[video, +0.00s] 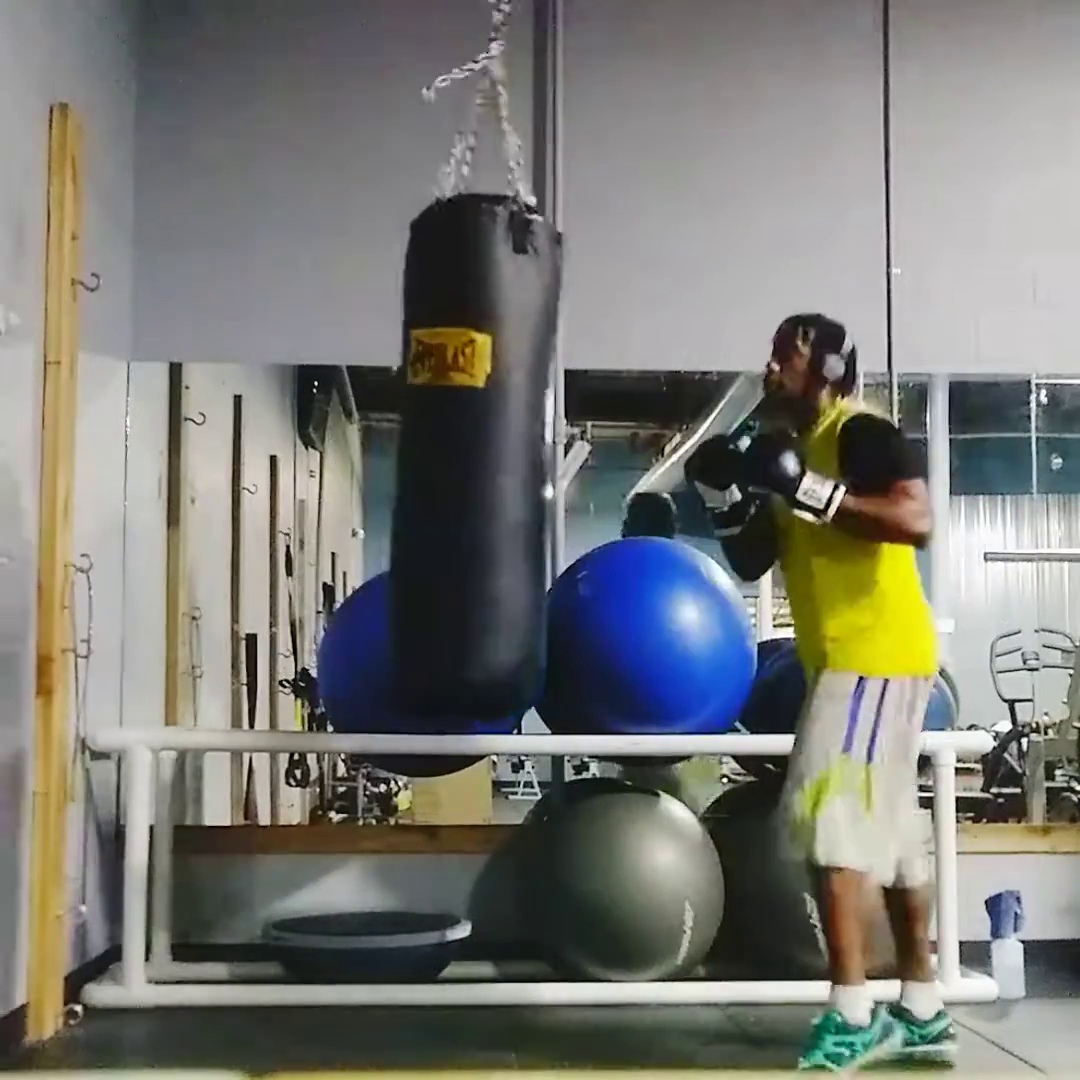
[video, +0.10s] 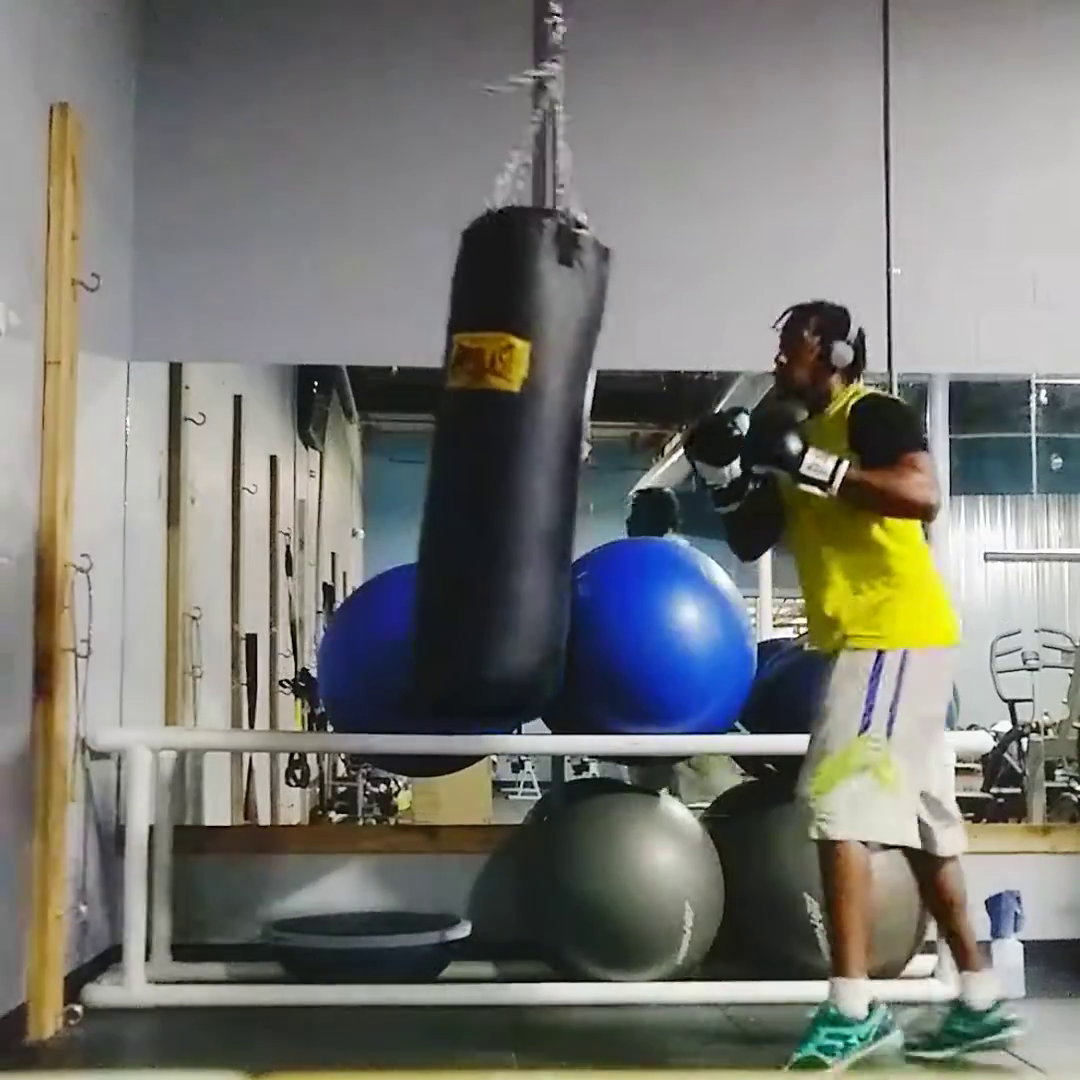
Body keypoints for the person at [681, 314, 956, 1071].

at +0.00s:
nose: (770, 367)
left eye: (784, 356)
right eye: (772, 355)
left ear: (824, 367)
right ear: (803, 367)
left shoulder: (861, 429)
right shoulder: (789, 445)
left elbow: (915, 520)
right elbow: (752, 561)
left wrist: (804, 485)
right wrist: (727, 498)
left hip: (876, 656)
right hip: (850, 657)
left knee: (832, 824)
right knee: (894, 836)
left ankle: (850, 1015)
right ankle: (923, 1013)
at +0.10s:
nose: (778, 358)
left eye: (790, 346)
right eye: (781, 346)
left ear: (829, 353)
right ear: (811, 356)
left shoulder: (871, 412)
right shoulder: (794, 433)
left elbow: (921, 493)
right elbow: (750, 538)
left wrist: (806, 462)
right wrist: (735, 472)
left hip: (893, 637)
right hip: (867, 638)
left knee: (837, 810)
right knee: (925, 821)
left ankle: (850, 1010)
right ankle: (982, 998)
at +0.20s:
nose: (786, 384)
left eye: (797, 371)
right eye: (788, 372)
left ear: (840, 378)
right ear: (819, 380)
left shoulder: (892, 436)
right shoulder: (807, 460)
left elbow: (922, 509)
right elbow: (748, 546)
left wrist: (825, 464)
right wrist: (724, 476)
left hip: (910, 663)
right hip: (889, 664)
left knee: (850, 829)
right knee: (945, 841)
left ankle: (876, 1032)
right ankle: (1010, 1012)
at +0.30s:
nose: (772, 398)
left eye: (783, 385)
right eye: (776, 386)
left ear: (819, 390)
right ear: (825, 392)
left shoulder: (886, 440)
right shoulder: (820, 476)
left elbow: (898, 511)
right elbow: (779, 558)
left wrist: (817, 453)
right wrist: (738, 491)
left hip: (910, 669)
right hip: (933, 668)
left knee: (874, 839)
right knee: (956, 838)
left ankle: (884, 1036)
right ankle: (1011, 1010)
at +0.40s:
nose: (775, 395)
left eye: (783, 379)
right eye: (778, 382)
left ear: (823, 373)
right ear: (838, 375)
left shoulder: (870, 414)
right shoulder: (850, 446)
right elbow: (813, 553)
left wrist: (703, 422)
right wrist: (757, 497)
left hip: (919, 652)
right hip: (951, 647)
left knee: (896, 843)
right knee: (993, 835)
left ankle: (888, 1037)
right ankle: (1035, 1007)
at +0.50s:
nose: (801, 394)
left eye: (804, 378)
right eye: (800, 383)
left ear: (836, 371)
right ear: (870, 367)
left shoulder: (894, 414)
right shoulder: (879, 432)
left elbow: (819, 449)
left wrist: (749, 425)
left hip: (922, 659)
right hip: (957, 655)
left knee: (879, 837)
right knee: (1002, 842)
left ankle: (883, 1037)